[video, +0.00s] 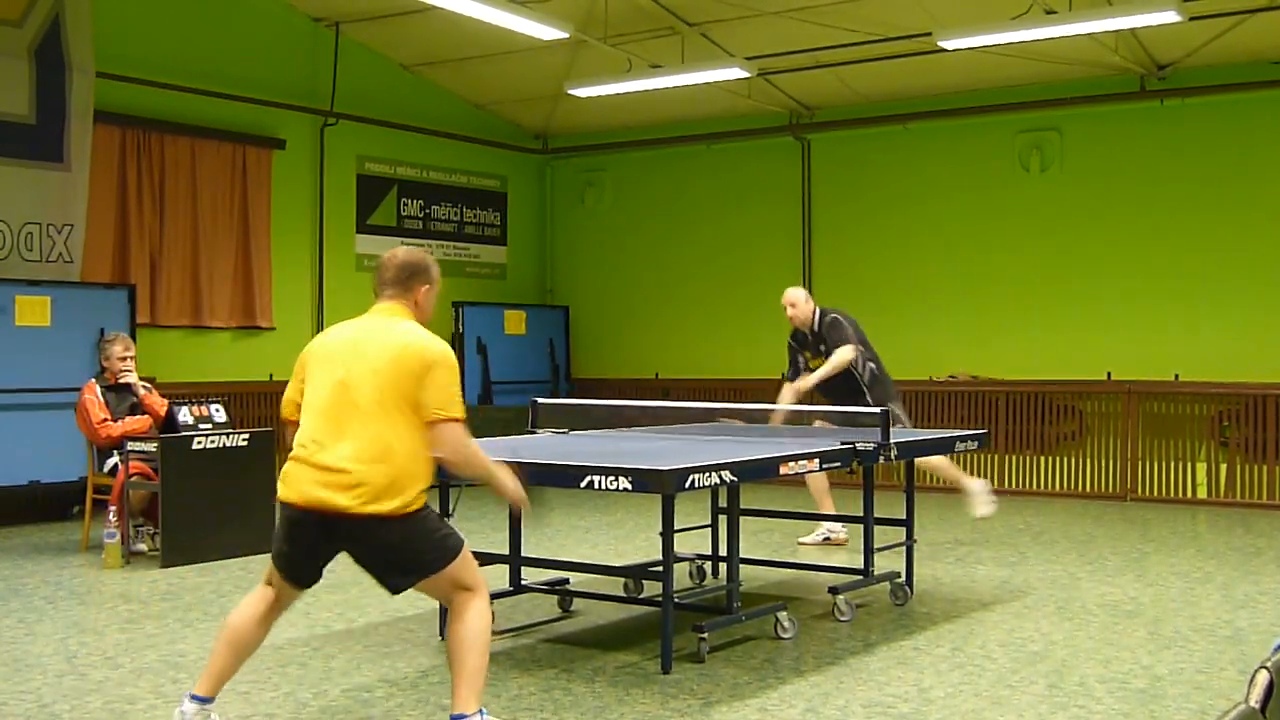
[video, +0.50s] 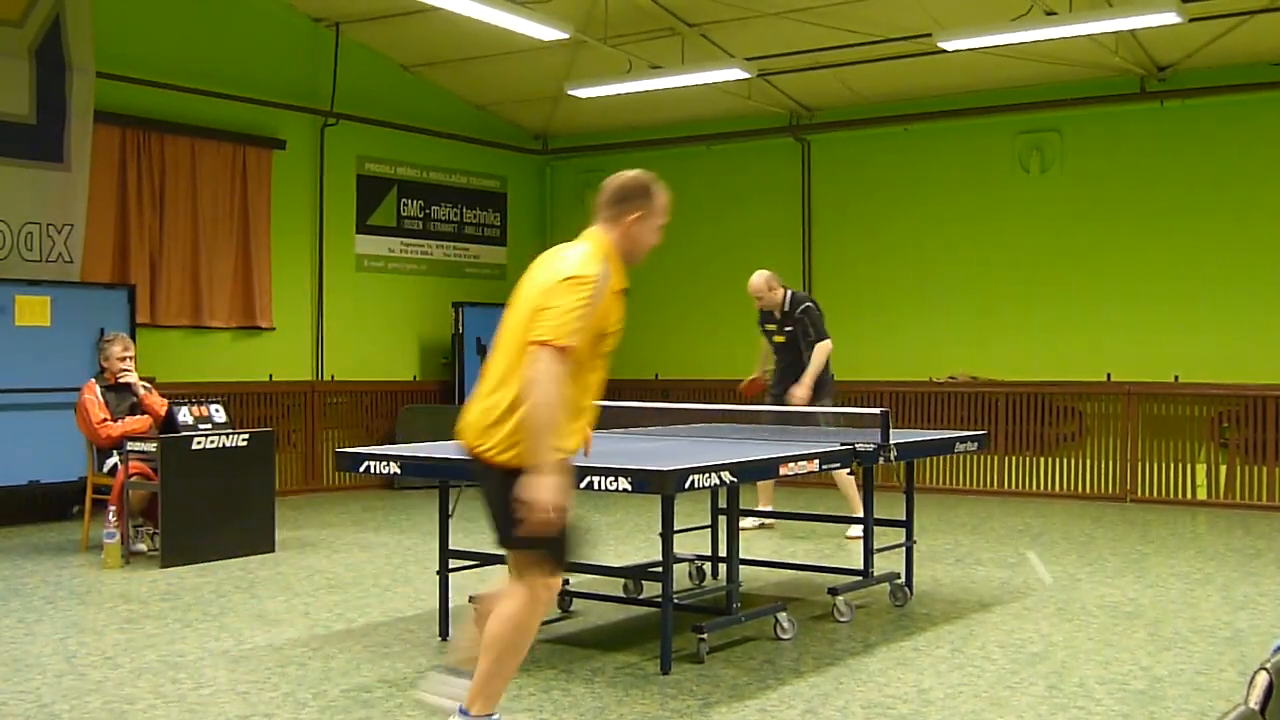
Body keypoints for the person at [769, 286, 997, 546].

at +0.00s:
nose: (788, 313)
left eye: (792, 306)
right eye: (785, 308)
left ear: (809, 303)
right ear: (787, 311)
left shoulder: (833, 321)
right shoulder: (797, 339)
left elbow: (848, 352)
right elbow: (791, 386)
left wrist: (812, 379)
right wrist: (774, 427)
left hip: (876, 402)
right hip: (839, 409)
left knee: (913, 453)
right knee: (807, 457)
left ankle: (973, 485)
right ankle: (832, 525)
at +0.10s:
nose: (780, 298)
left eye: (784, 291)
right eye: (777, 293)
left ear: (802, 288)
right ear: (779, 295)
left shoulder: (827, 309)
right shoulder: (791, 323)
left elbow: (828, 354)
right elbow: (803, 367)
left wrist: (793, 378)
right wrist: (805, 412)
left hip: (864, 397)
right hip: (829, 400)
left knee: (882, 449)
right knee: (809, 452)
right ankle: (831, 522)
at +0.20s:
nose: (777, 297)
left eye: (781, 291)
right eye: (774, 292)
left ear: (799, 285)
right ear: (778, 291)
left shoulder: (826, 303)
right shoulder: (789, 313)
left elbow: (828, 349)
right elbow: (808, 350)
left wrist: (793, 362)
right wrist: (811, 385)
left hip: (854, 387)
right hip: (821, 387)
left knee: (865, 452)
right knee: (799, 444)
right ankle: (820, 511)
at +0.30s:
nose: (777, 303)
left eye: (778, 298)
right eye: (774, 299)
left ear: (794, 289)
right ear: (781, 294)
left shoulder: (822, 307)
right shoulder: (790, 313)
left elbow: (831, 352)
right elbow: (809, 348)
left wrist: (795, 354)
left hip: (840, 384)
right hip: (811, 382)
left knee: (842, 452)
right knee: (781, 432)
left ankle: (863, 517)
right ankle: (794, 498)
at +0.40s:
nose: (769, 304)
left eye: (771, 298)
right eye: (766, 300)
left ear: (788, 290)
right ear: (776, 295)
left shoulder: (816, 308)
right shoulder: (782, 314)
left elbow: (830, 349)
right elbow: (795, 350)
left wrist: (794, 363)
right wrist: (786, 368)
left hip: (831, 382)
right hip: (801, 381)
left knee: (836, 451)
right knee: (773, 439)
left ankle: (862, 517)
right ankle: (770, 509)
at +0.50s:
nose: (757, 304)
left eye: (760, 298)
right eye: (754, 299)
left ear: (775, 290)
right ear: (759, 295)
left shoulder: (804, 306)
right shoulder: (765, 312)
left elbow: (823, 345)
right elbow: (768, 344)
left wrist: (805, 383)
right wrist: (760, 371)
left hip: (814, 382)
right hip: (782, 381)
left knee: (828, 448)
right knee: (765, 441)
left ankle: (860, 514)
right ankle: (764, 511)